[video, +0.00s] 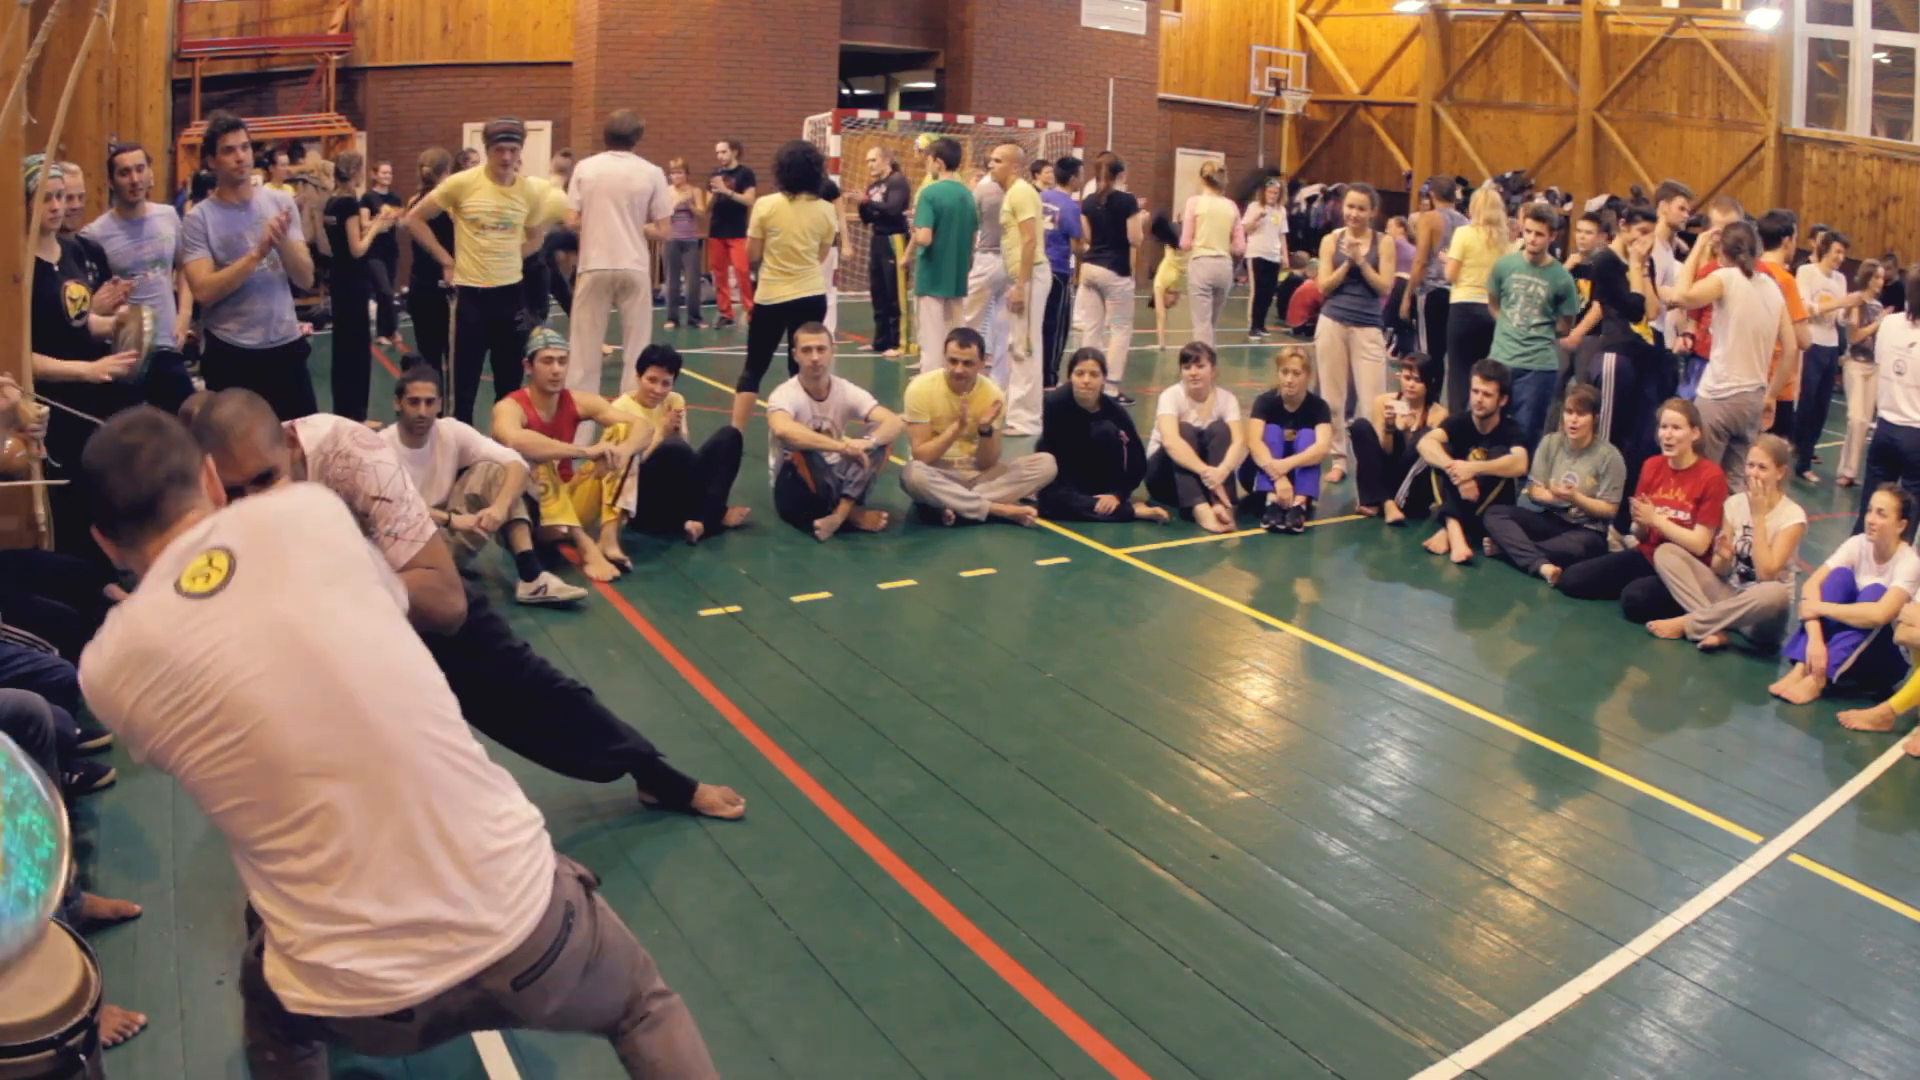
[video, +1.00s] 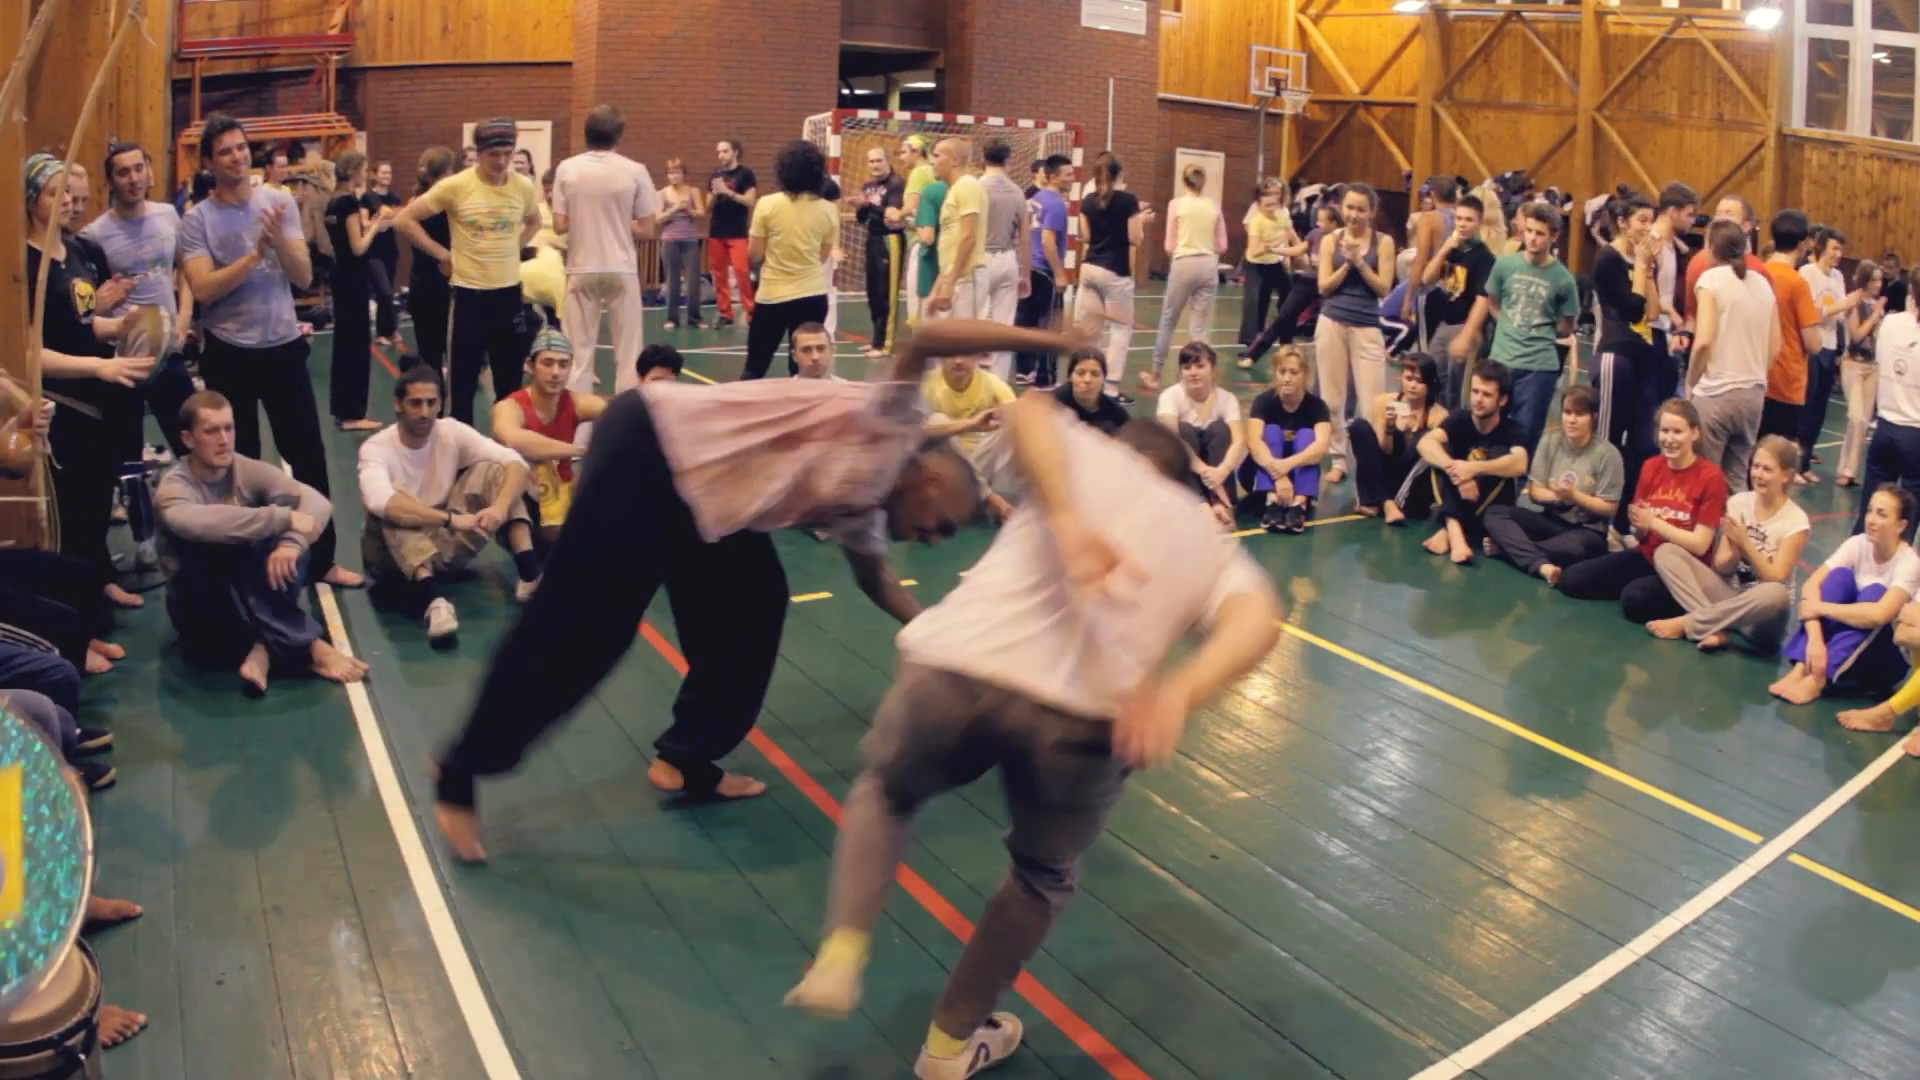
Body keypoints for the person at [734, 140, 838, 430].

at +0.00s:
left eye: (777, 166)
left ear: (779, 171)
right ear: (817, 172)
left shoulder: (765, 206)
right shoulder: (826, 210)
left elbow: (754, 253)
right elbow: (822, 254)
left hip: (771, 301)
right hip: (811, 298)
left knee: (753, 369)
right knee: (803, 369)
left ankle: (734, 437)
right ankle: (805, 437)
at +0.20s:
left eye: (778, 166)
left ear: (779, 171)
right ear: (817, 172)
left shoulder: (765, 206)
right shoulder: (827, 211)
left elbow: (754, 253)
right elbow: (822, 253)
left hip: (771, 300)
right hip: (811, 298)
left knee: (753, 369)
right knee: (804, 369)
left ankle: (734, 438)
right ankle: (806, 438)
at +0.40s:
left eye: (778, 166)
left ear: (779, 171)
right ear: (818, 172)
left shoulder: (765, 205)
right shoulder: (827, 210)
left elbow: (752, 251)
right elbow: (823, 252)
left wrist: (778, 239)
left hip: (771, 300)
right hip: (812, 298)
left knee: (753, 369)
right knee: (804, 368)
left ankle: (734, 438)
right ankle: (807, 436)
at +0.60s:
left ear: (781, 171)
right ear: (819, 173)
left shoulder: (766, 205)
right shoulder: (828, 210)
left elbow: (754, 255)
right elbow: (823, 255)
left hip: (772, 301)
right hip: (813, 300)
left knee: (758, 366)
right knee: (804, 371)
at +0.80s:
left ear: (781, 171)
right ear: (818, 172)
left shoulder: (766, 206)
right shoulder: (828, 210)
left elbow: (755, 255)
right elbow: (824, 254)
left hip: (773, 300)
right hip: (813, 299)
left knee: (754, 371)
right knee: (804, 372)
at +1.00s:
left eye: (780, 166)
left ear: (782, 171)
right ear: (819, 172)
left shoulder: (767, 205)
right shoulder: (828, 210)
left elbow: (755, 253)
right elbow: (824, 254)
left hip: (773, 300)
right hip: (814, 299)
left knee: (754, 371)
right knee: (804, 373)